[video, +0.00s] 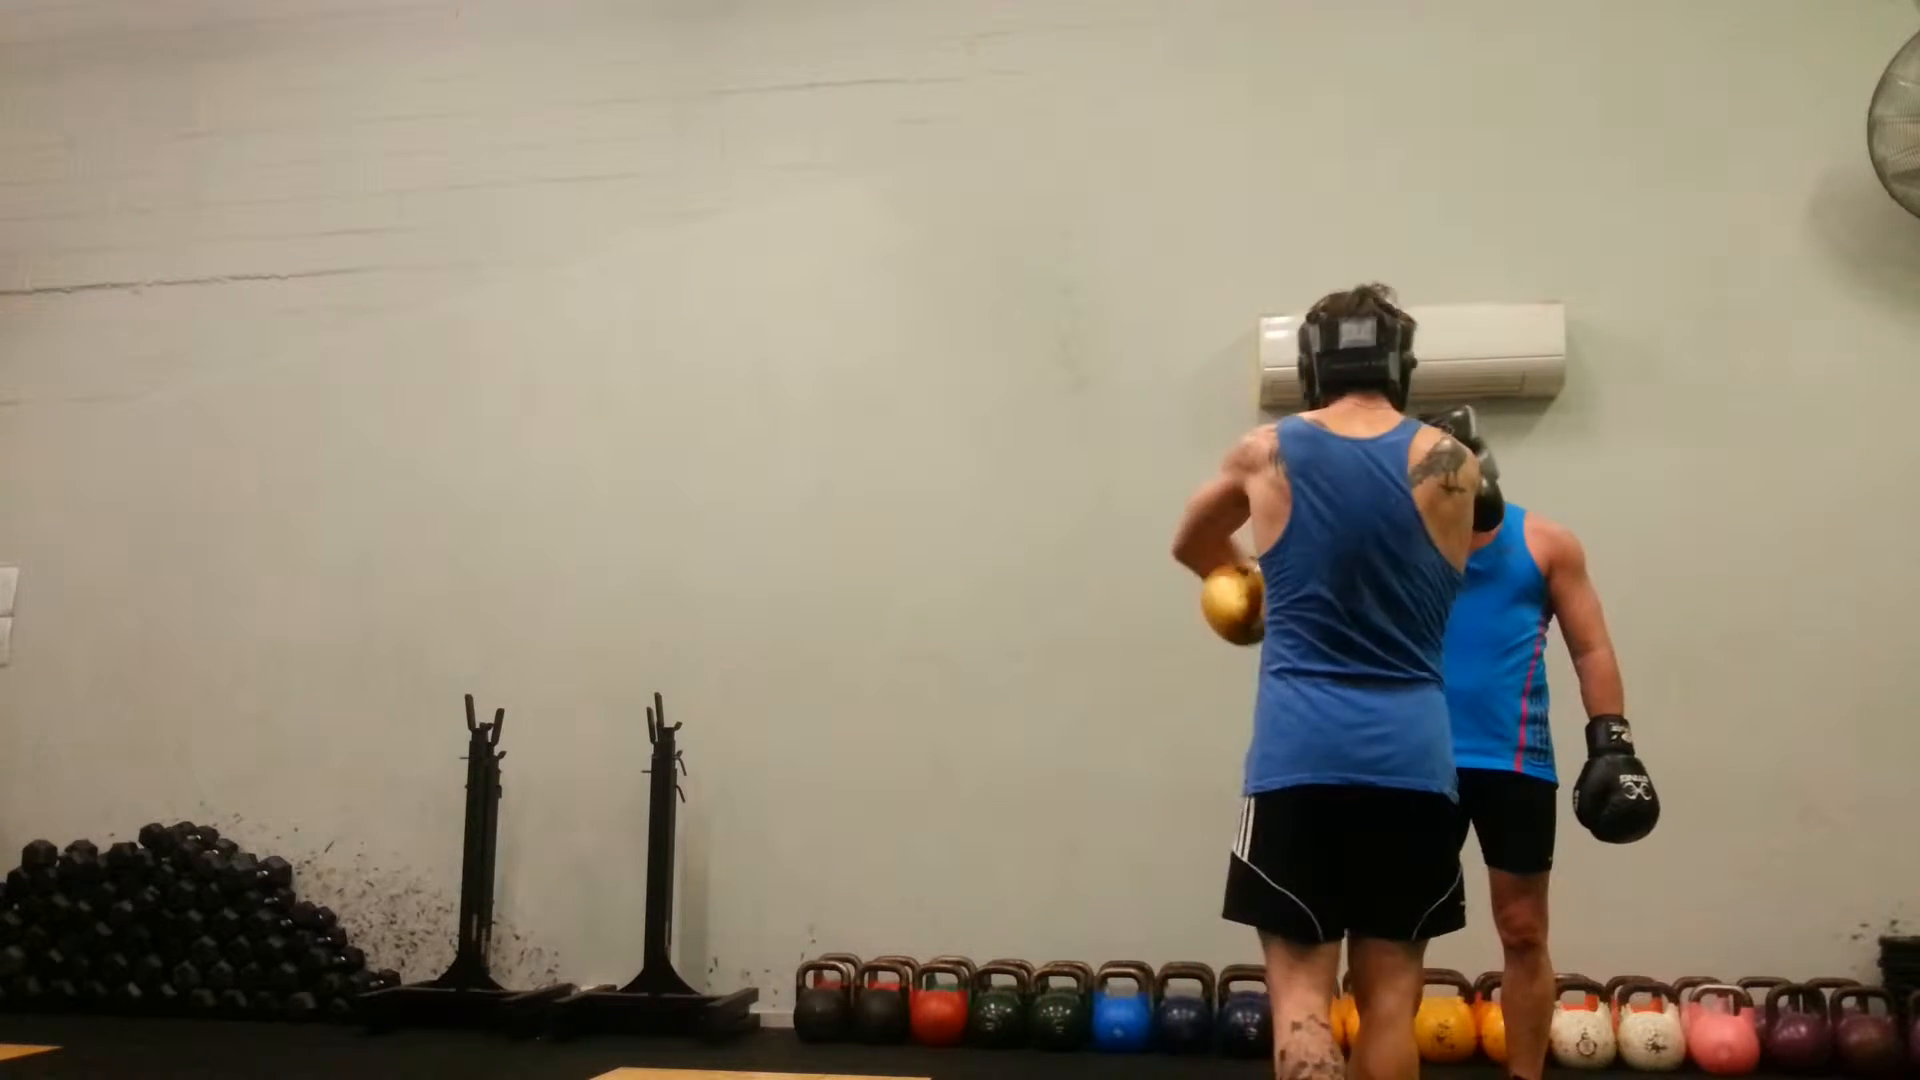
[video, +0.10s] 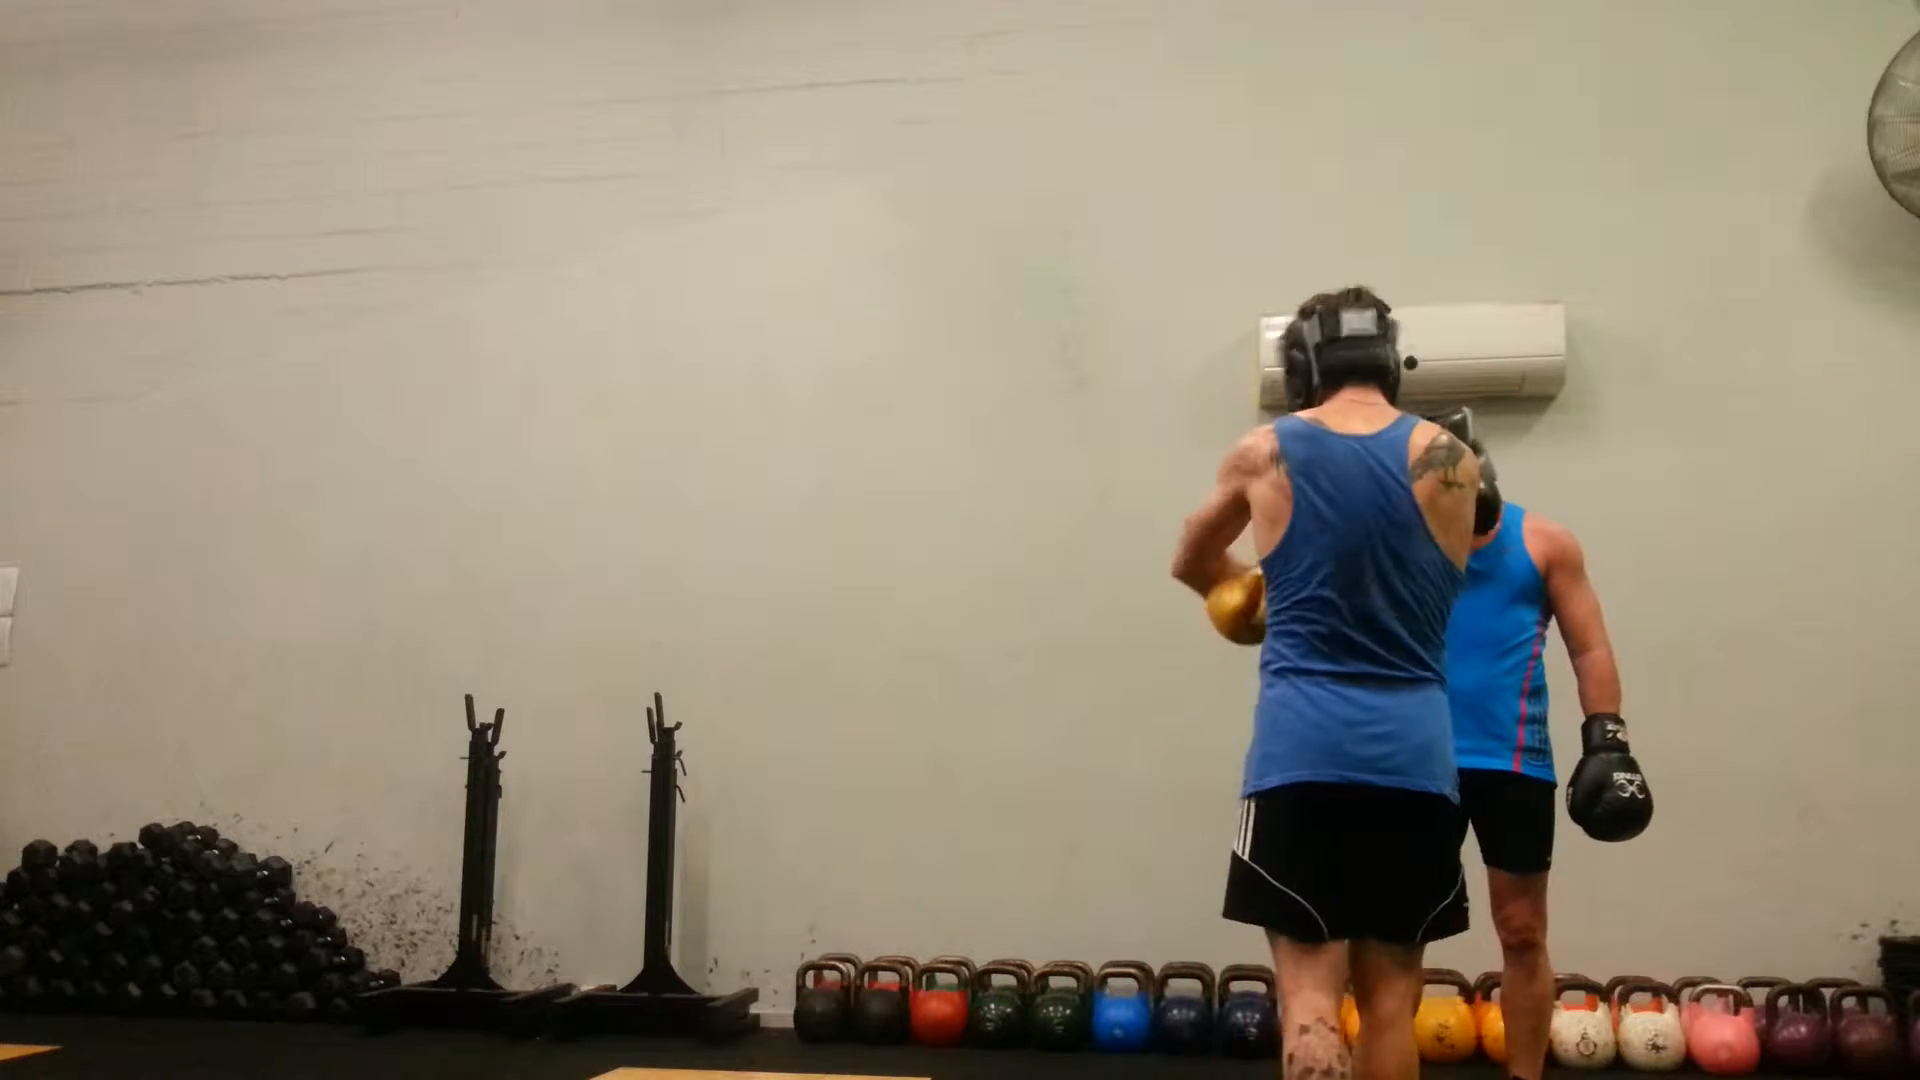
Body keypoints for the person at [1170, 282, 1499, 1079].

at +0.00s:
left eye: (1311, 358)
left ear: (1312, 363)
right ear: (1401, 364)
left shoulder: (1266, 449)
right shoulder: (1453, 462)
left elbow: (1194, 542)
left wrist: (1244, 579)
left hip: (1297, 760)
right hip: (1415, 762)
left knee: (1300, 996)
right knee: (1390, 999)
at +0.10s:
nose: (1292, 373)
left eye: (1293, 362)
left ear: (1301, 366)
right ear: (1393, 364)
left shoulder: (1264, 450)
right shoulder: (1456, 460)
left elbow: (1193, 562)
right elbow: (1446, 567)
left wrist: (1243, 591)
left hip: (1299, 756)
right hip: (1416, 760)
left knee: (1309, 995)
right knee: (1392, 1000)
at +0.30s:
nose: (1255, 384)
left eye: (1257, 372)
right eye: (1257, 372)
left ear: (1277, 371)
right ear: (1365, 364)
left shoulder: (1251, 456)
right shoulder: (1457, 456)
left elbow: (1206, 594)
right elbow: (1485, 618)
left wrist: (1267, 575)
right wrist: (1392, 617)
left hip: (1312, 756)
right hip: (1434, 760)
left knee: (1324, 1013)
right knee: (1399, 998)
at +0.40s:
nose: (1257, 385)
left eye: (1258, 371)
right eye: (1258, 372)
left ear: (1274, 369)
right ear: (1366, 360)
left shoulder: (1250, 456)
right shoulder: (1459, 451)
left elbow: (1220, 602)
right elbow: (1498, 609)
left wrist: (1283, 561)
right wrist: (1413, 618)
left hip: (1318, 753)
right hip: (1442, 755)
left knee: (1333, 1010)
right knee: (1416, 993)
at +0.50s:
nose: (1274, 363)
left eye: (1277, 352)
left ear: (1285, 359)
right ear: (1378, 349)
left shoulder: (1256, 457)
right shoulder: (1465, 452)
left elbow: (1238, 605)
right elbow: (1503, 611)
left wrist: (1317, 575)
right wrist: (1411, 594)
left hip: (1323, 752)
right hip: (1446, 753)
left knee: (1342, 1014)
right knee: (1451, 988)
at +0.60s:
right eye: (1402, 333)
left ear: (1307, 351)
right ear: (1403, 344)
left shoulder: (1273, 455)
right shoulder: (1480, 453)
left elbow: (1243, 602)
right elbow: (1510, 612)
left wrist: (1324, 617)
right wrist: (1423, 586)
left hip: (1332, 758)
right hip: (1456, 760)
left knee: (1346, 1012)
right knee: (1491, 988)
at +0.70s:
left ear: (1338, 346)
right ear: (1436, 342)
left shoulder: (1296, 454)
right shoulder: (1504, 458)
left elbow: (1253, 600)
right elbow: (1517, 604)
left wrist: (1310, 642)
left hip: (1351, 761)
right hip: (1482, 768)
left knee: (1356, 1016)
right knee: (1527, 1001)